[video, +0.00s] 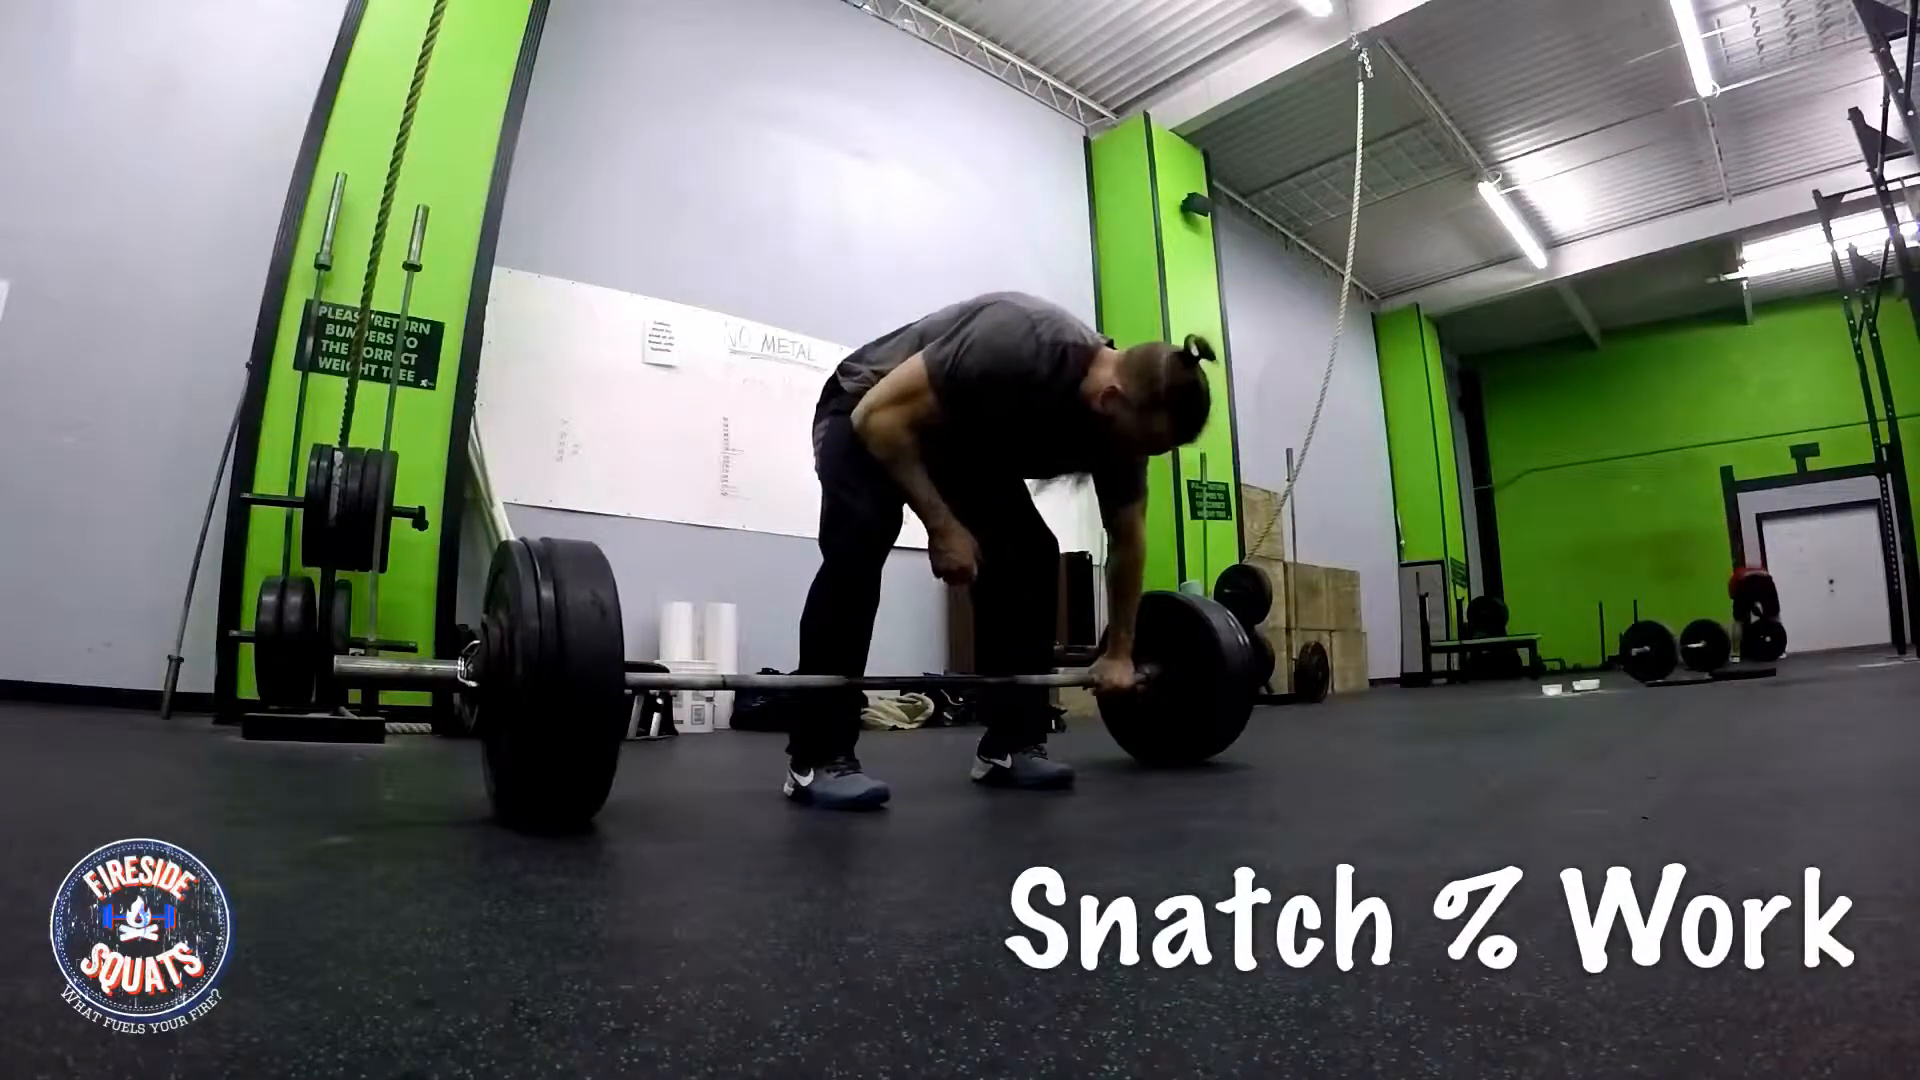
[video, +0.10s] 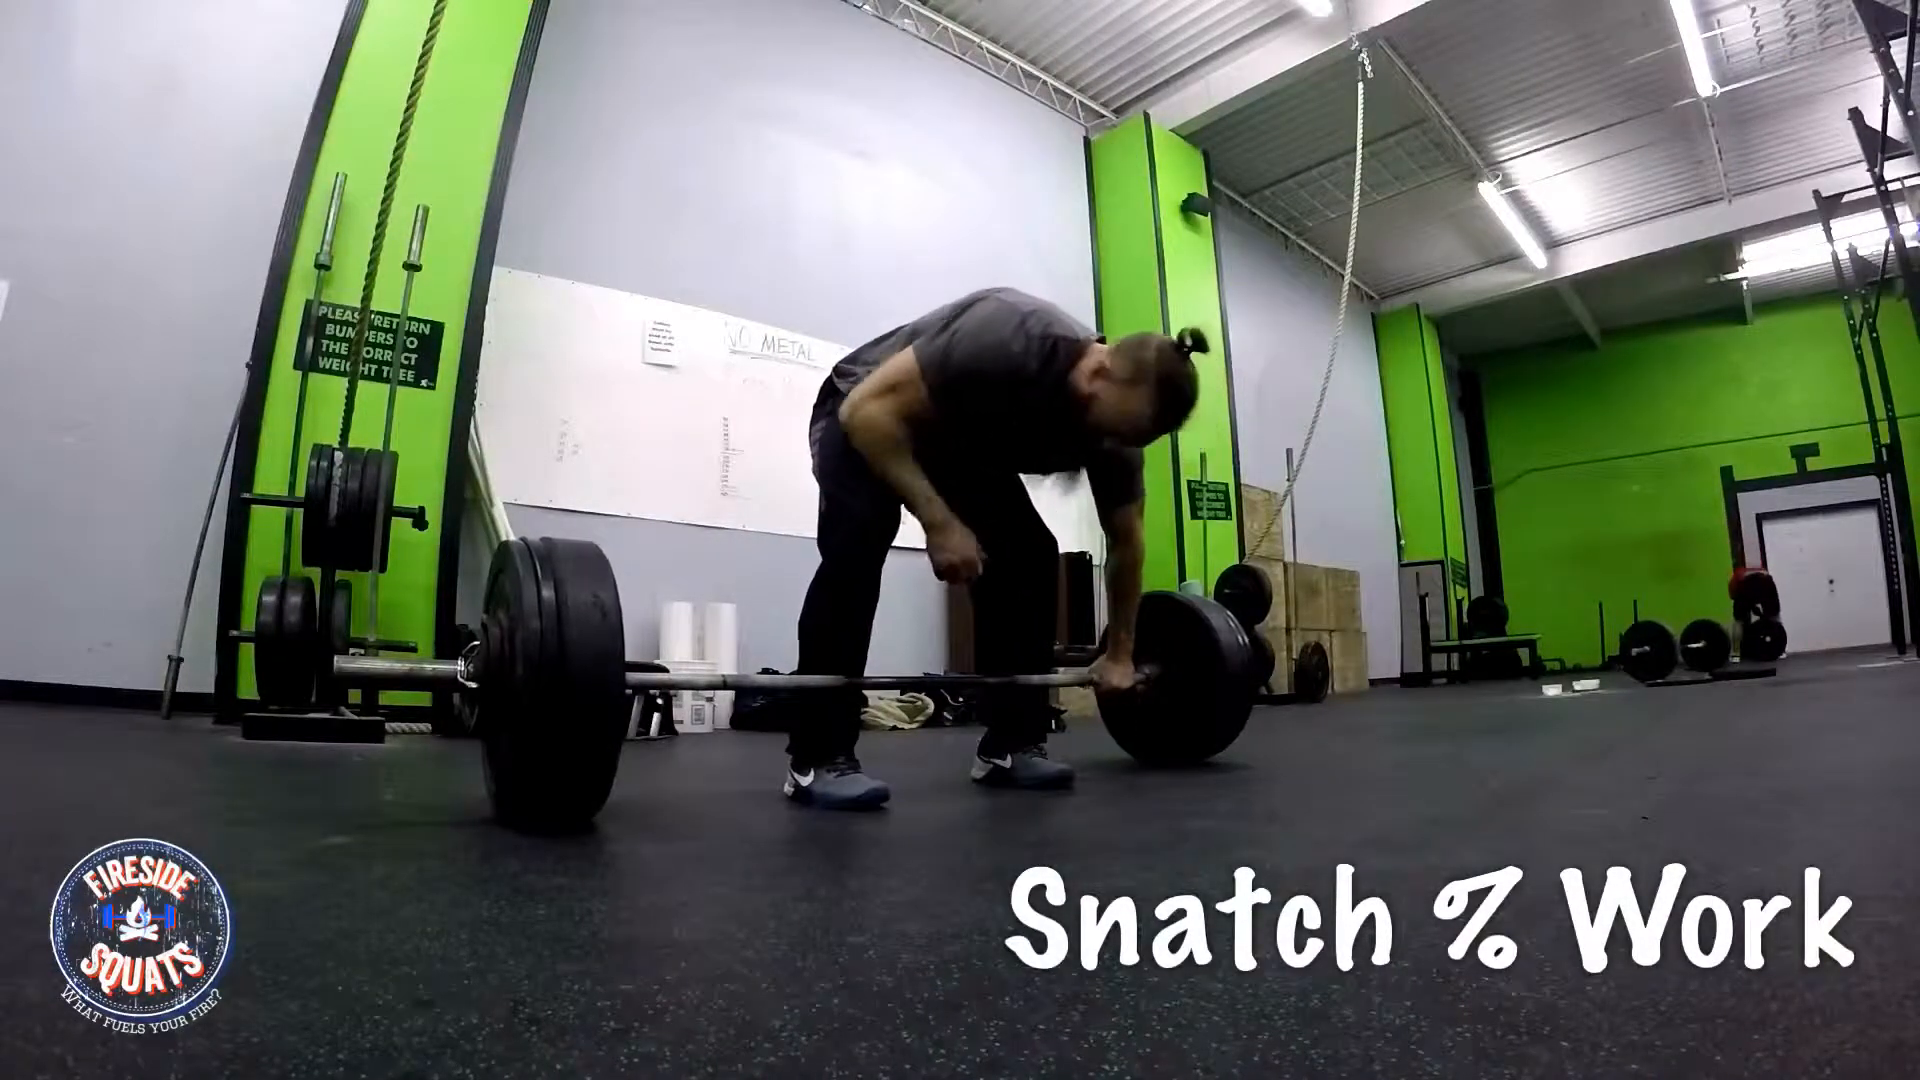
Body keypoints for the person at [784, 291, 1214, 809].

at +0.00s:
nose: (1144, 460)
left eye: (1155, 451)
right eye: (1145, 444)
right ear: (1111, 396)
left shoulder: (1120, 425)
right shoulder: (1012, 343)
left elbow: (1127, 535)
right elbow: (878, 415)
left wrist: (1118, 652)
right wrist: (943, 527)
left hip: (971, 443)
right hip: (872, 409)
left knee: (1027, 559)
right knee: (855, 556)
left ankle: (1011, 744)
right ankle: (819, 760)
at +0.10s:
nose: (1116, 448)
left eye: (1129, 442)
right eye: (1117, 431)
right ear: (1096, 371)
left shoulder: (1115, 422)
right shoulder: (1001, 338)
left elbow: (1126, 537)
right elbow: (866, 411)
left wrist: (1119, 651)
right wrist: (939, 523)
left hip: (967, 444)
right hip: (872, 411)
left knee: (1027, 556)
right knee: (854, 555)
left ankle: (1011, 743)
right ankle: (818, 759)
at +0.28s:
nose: (1071, 442)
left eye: (1091, 441)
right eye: (1077, 422)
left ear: (1117, 434)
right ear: (1072, 368)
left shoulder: (1100, 435)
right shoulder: (979, 345)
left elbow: (1124, 542)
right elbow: (829, 402)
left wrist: (1119, 652)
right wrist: (855, 544)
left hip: (952, 458)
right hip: (862, 428)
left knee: (1024, 559)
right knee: (847, 561)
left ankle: (1011, 744)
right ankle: (819, 760)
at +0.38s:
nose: (1051, 448)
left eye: (1071, 451)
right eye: (1058, 428)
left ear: (1103, 446)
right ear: (1056, 377)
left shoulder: (1092, 451)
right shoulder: (960, 356)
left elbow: (1123, 550)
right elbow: (811, 418)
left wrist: (1119, 656)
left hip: (945, 460)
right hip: (856, 433)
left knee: (1025, 559)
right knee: (840, 571)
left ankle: (1009, 746)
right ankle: (819, 760)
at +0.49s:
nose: (1029, 473)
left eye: (1053, 472)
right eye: (1033, 452)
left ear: (1094, 462)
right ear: (1035, 395)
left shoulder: (1081, 453)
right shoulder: (936, 377)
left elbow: (1121, 551)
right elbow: (788, 443)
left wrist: (1118, 651)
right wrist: (715, 590)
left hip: (938, 456)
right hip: (843, 433)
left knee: (1025, 557)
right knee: (835, 569)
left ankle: (1011, 744)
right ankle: (820, 761)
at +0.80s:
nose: (974, 515)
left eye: (991, 516)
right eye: (976, 497)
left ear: (1051, 497)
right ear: (985, 434)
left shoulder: (1066, 492)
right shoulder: (886, 414)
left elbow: (1118, 562)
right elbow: (730, 481)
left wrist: (1124, 653)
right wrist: (678, 636)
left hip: (921, 490)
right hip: (836, 459)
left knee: (1028, 564)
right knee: (816, 555)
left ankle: (1011, 746)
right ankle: (820, 761)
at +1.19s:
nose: (970, 510)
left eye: (984, 511)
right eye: (970, 491)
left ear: (1051, 490)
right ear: (978, 428)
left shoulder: (1070, 490)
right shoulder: (888, 407)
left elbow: (1117, 562)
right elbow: (724, 483)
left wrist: (1127, 652)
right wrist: (678, 638)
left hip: (919, 501)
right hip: (840, 475)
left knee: (1036, 564)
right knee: (817, 553)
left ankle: (1011, 746)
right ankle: (821, 761)